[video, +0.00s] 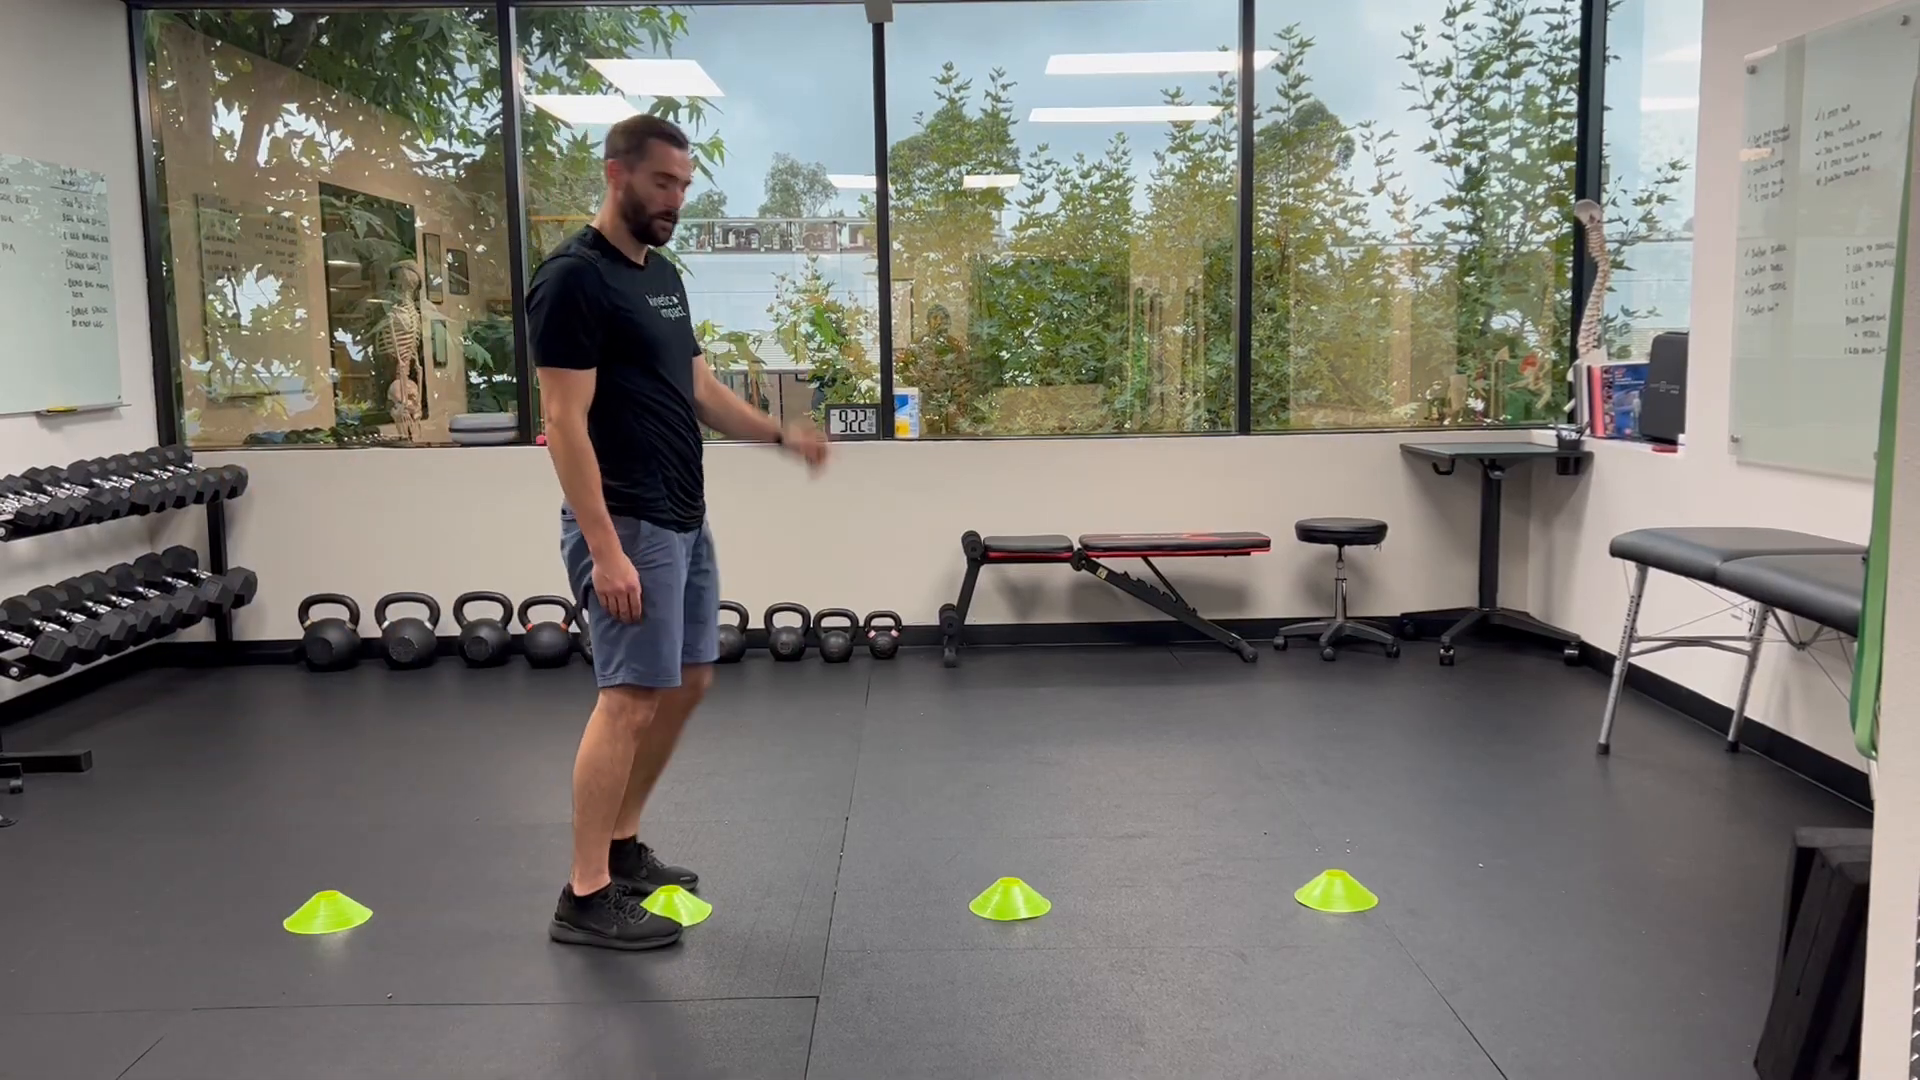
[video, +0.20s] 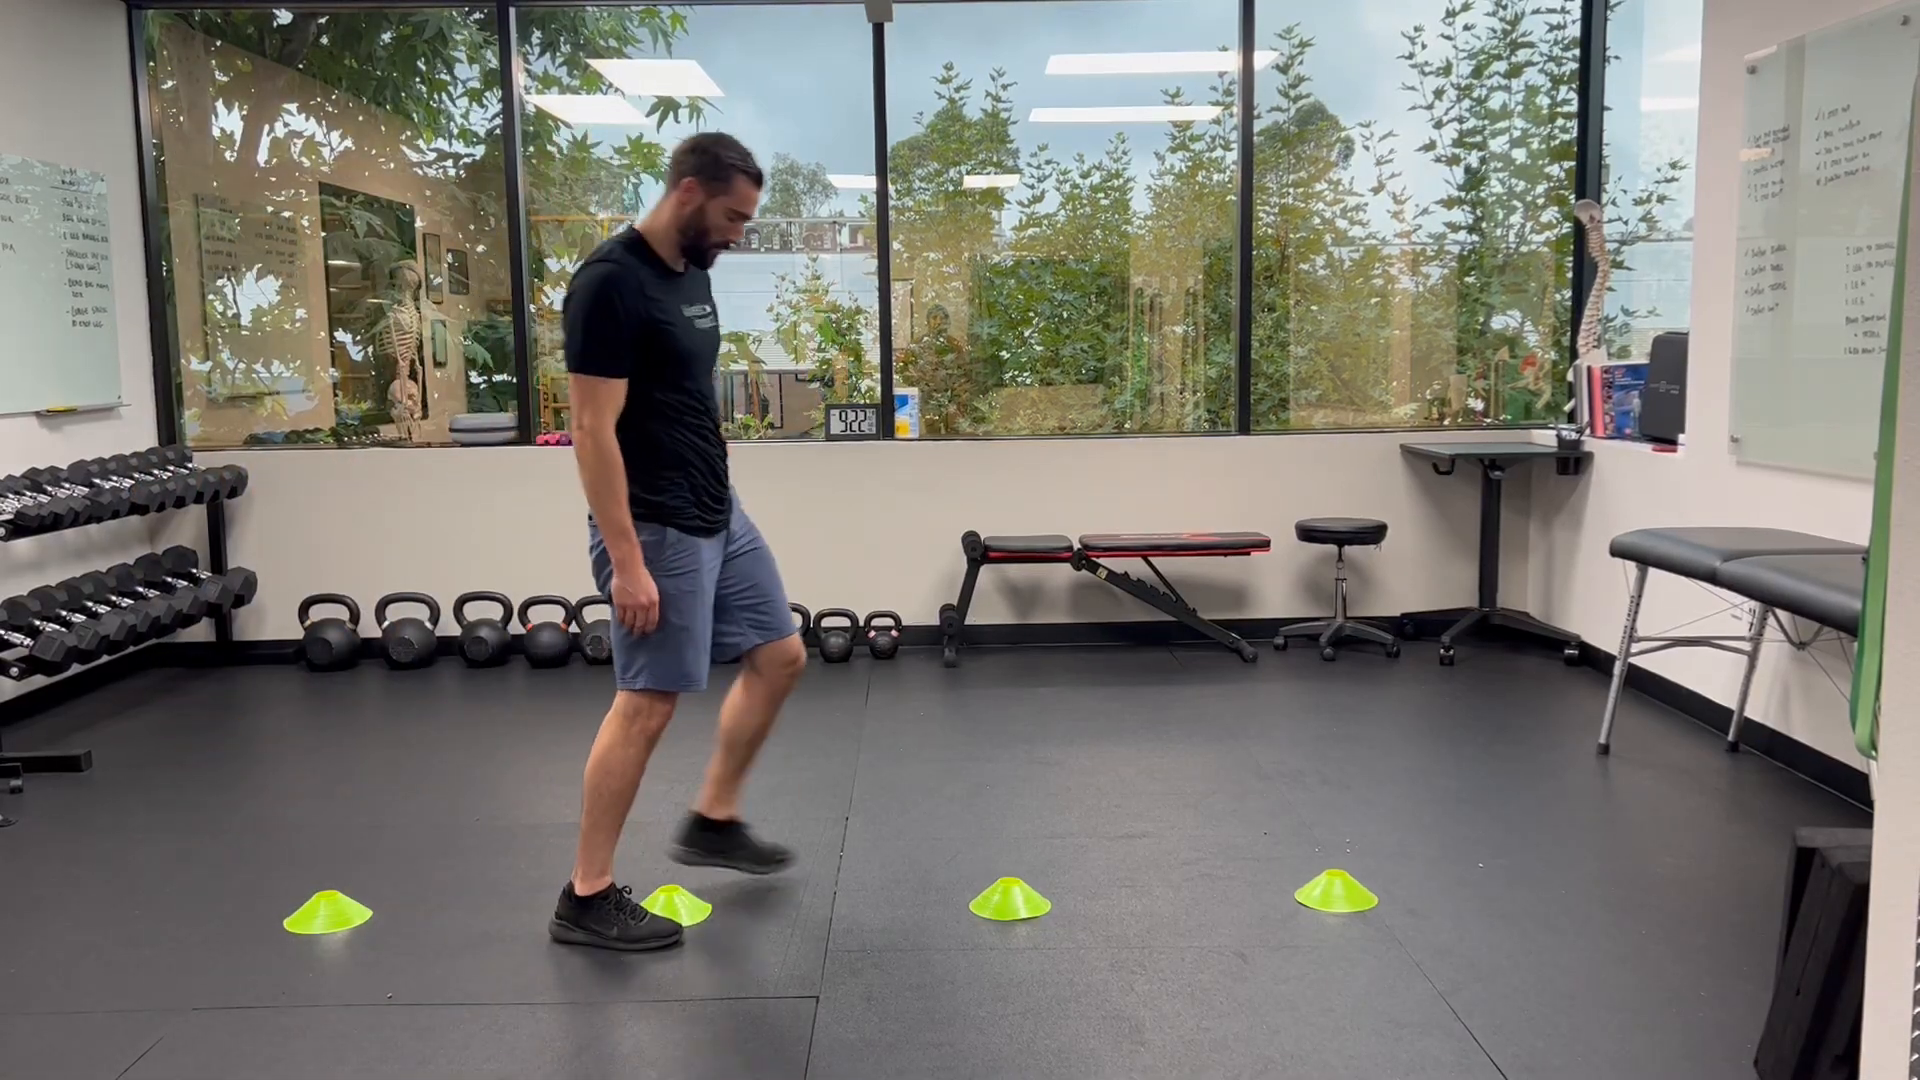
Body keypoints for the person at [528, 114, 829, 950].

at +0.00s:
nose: (675, 199)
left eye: (683, 186)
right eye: (663, 182)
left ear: (682, 188)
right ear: (615, 174)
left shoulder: (662, 276)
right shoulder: (573, 281)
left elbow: (697, 386)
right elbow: (564, 425)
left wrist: (778, 430)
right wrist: (605, 549)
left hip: (683, 522)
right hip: (623, 526)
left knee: (687, 680)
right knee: (629, 694)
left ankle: (616, 845)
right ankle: (585, 892)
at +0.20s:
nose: (738, 237)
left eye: (744, 224)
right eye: (733, 220)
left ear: (705, 202)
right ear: (686, 194)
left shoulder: (689, 273)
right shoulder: (610, 282)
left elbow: (685, 407)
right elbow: (591, 433)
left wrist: (715, 508)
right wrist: (627, 561)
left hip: (717, 519)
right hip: (656, 532)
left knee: (778, 657)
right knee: (644, 705)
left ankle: (714, 819)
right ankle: (587, 893)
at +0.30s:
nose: (772, 239)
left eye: (778, 226)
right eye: (769, 222)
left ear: (738, 204)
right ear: (724, 196)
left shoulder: (714, 272)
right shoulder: (650, 281)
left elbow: (703, 410)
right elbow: (619, 428)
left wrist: (737, 512)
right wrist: (646, 560)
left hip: (738, 520)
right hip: (675, 533)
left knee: (797, 661)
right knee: (653, 706)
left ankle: (817, 831)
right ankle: (587, 892)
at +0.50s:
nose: (861, 267)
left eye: (870, 253)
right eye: (860, 248)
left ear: (823, 225)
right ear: (819, 220)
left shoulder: (780, 294)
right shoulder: (744, 299)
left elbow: (743, 424)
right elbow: (704, 434)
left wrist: (690, 510)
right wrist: (722, 571)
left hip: (790, 535)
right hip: (738, 545)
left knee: (859, 665)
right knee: (681, 709)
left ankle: (926, 831)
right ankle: (590, 889)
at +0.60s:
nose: (910, 277)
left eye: (918, 265)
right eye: (910, 259)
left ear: (876, 235)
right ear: (872, 231)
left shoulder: (828, 302)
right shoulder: (798, 307)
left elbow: (797, 435)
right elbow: (751, 440)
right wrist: (772, 570)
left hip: (832, 543)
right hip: (779, 553)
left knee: (894, 671)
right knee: (720, 712)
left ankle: (936, 844)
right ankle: (600, 878)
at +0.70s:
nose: (947, 257)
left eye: (959, 244)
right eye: (946, 236)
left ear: (906, 214)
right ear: (904, 207)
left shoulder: (866, 285)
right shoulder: (840, 286)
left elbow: (831, 417)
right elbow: (798, 418)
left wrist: (863, 524)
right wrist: (823, 544)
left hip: (865, 521)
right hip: (815, 527)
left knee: (912, 672)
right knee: (806, 710)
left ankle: (933, 845)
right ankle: (647, 844)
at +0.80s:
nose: (964, 223)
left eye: (975, 212)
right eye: (956, 201)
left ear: (970, 216)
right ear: (912, 187)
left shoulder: (905, 283)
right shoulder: (860, 274)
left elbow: (901, 413)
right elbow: (825, 406)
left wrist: (956, 496)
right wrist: (867, 528)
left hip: (892, 510)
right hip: (840, 516)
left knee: (924, 672)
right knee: (895, 688)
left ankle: (935, 844)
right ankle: (726, 805)